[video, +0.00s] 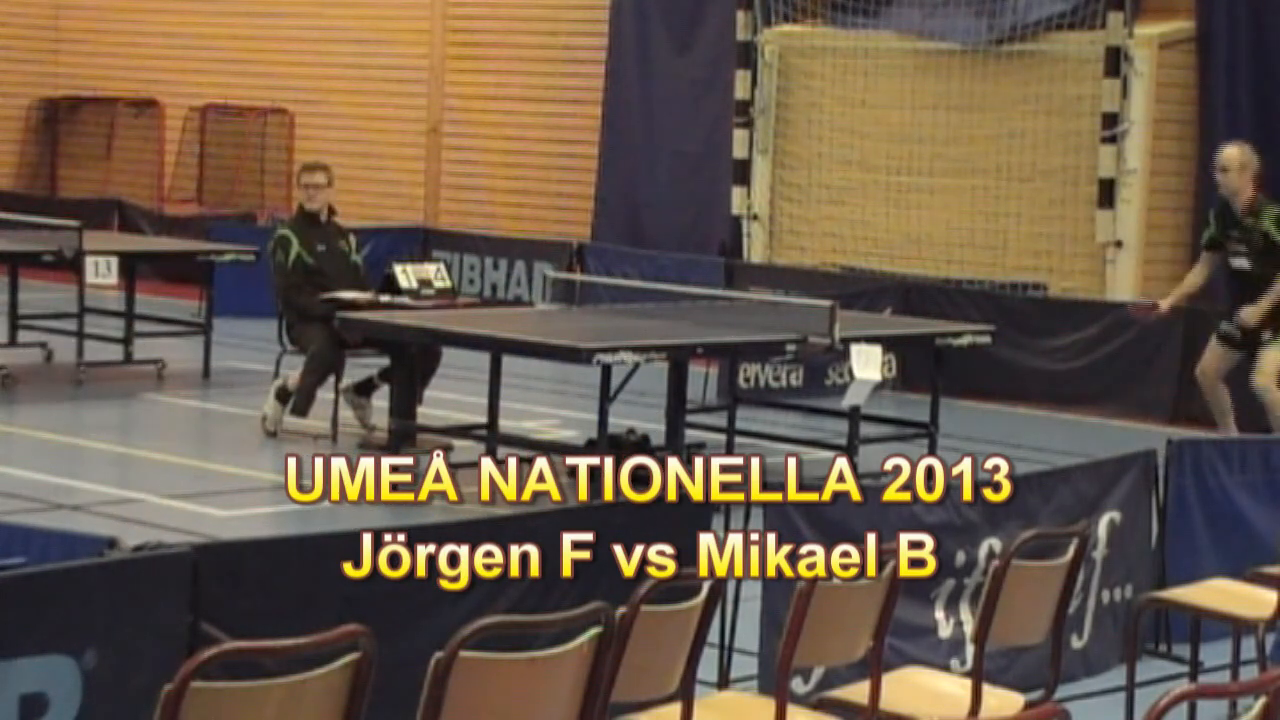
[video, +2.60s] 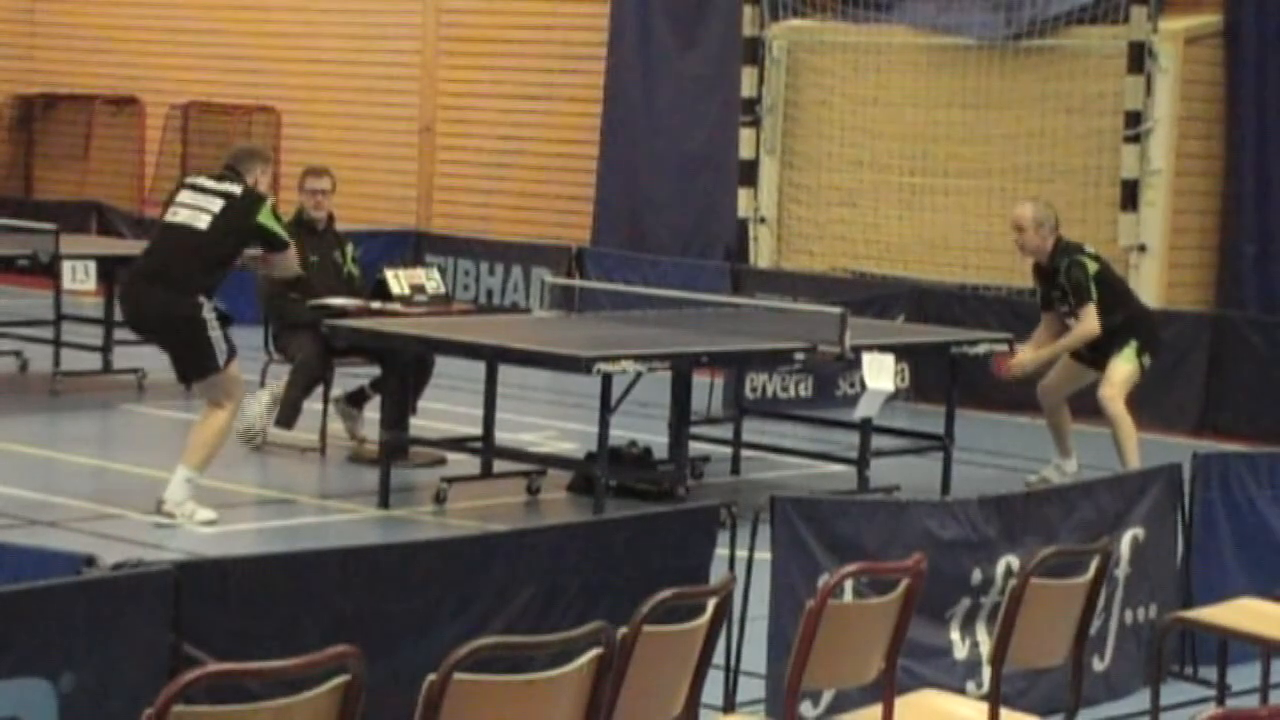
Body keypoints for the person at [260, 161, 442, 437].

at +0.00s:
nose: (311, 193)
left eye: (318, 187)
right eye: (306, 187)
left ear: (330, 191)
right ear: (298, 190)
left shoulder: (343, 235)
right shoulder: (287, 236)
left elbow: (359, 281)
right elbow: (291, 294)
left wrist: (367, 302)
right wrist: (336, 309)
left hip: (351, 318)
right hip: (309, 319)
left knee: (425, 351)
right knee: (328, 353)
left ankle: (362, 391)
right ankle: (285, 392)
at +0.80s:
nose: (348, 206)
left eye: (352, 200)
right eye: (344, 197)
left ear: (353, 201)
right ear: (325, 192)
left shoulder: (348, 237)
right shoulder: (297, 233)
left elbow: (361, 280)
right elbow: (307, 283)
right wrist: (354, 277)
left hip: (350, 313)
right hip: (309, 313)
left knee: (425, 351)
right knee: (327, 355)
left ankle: (361, 391)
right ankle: (283, 392)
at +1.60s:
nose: (363, 208)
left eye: (367, 202)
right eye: (358, 199)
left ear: (370, 204)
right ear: (340, 195)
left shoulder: (355, 238)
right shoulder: (313, 229)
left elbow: (365, 281)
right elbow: (334, 276)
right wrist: (371, 286)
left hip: (350, 318)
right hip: (310, 316)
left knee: (419, 350)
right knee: (328, 349)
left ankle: (362, 391)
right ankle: (299, 395)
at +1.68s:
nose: (302, 196)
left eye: (309, 189)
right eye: (296, 188)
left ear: (317, 192)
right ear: (284, 190)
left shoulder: (321, 234)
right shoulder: (264, 236)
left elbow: (345, 278)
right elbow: (257, 296)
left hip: (329, 323)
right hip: (281, 324)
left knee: (409, 355)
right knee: (306, 356)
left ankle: (343, 402)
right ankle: (275, 403)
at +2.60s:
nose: (318, 200)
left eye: (324, 193)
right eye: (311, 193)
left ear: (332, 197)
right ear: (299, 195)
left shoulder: (340, 241)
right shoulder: (283, 237)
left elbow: (357, 290)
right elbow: (275, 300)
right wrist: (320, 315)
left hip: (340, 324)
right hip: (298, 324)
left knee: (417, 358)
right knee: (313, 359)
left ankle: (354, 401)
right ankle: (272, 423)